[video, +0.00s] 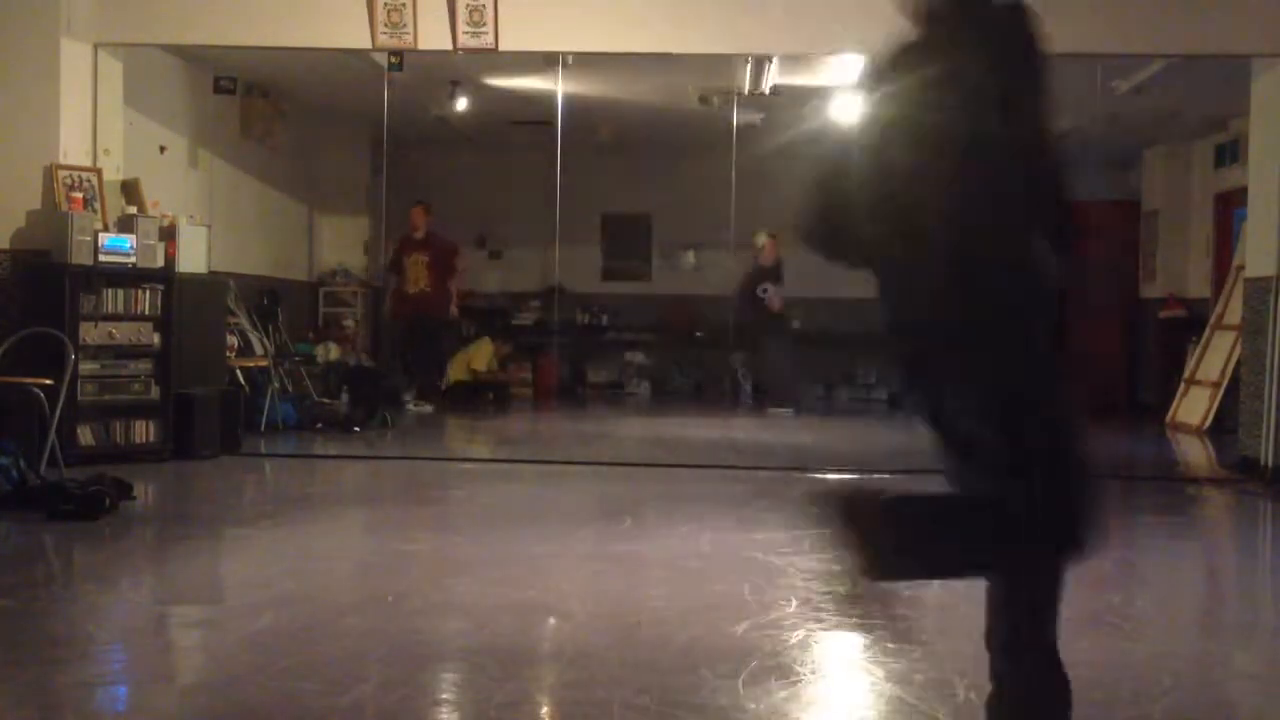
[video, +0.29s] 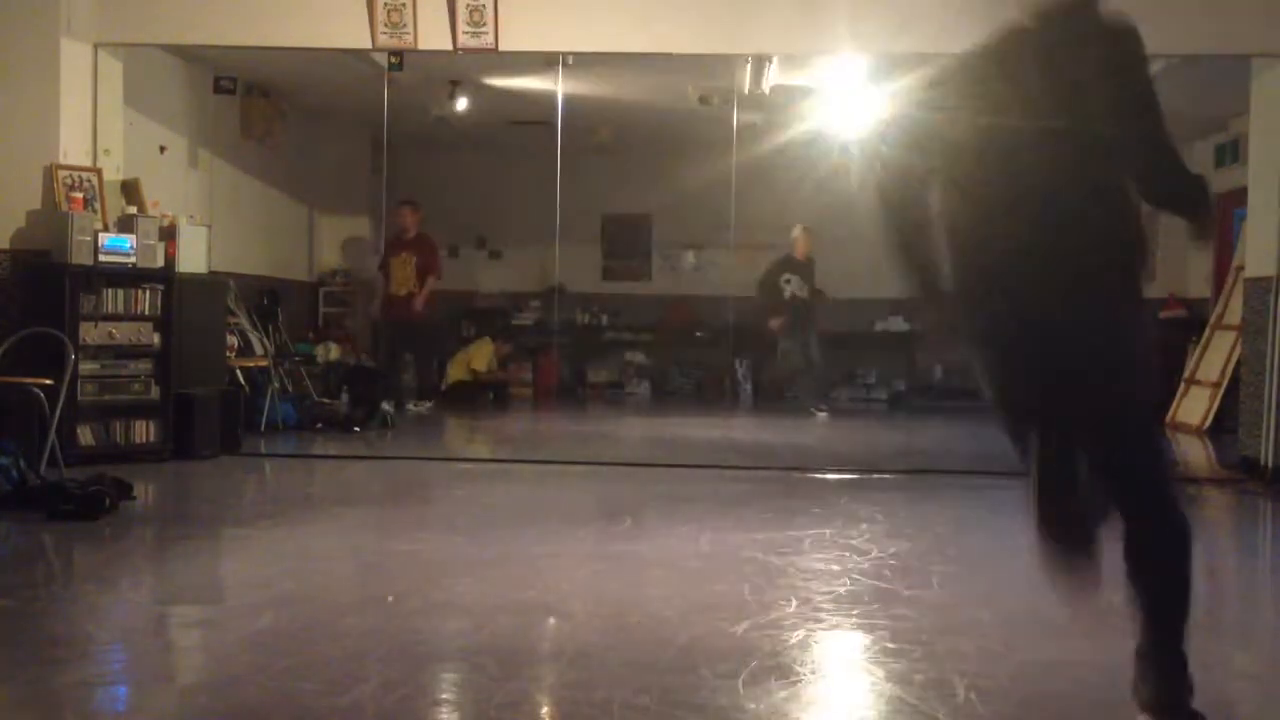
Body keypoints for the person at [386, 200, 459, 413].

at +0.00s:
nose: (414, 220)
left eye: (418, 215)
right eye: (412, 215)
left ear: (427, 218)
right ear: (409, 218)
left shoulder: (443, 245)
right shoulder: (403, 245)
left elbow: (452, 278)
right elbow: (394, 275)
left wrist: (453, 304)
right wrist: (391, 303)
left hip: (433, 310)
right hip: (407, 310)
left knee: (430, 354)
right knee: (408, 352)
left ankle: (429, 397)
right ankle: (412, 392)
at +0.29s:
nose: (402, 220)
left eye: (406, 216)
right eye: (400, 216)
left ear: (417, 217)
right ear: (396, 218)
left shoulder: (426, 243)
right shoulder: (392, 243)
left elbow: (433, 274)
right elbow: (384, 272)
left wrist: (421, 297)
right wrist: (382, 299)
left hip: (416, 308)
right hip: (393, 308)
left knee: (422, 355)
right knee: (391, 354)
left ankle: (424, 396)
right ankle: (392, 397)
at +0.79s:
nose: (388, 215)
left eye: (392, 211)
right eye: (385, 211)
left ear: (401, 212)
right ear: (382, 212)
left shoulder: (413, 239)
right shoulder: (374, 238)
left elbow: (426, 274)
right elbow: (357, 267)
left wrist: (433, 304)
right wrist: (348, 294)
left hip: (402, 308)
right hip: (377, 307)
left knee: (396, 355)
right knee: (381, 355)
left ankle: (394, 402)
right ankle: (385, 401)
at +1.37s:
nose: (382, 209)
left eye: (387, 204)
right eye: (379, 204)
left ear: (395, 207)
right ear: (375, 207)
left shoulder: (405, 235)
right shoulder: (363, 233)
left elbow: (413, 268)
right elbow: (353, 265)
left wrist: (402, 292)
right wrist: (346, 292)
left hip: (391, 307)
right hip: (364, 306)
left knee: (391, 359)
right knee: (362, 357)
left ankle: (390, 406)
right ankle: (364, 405)